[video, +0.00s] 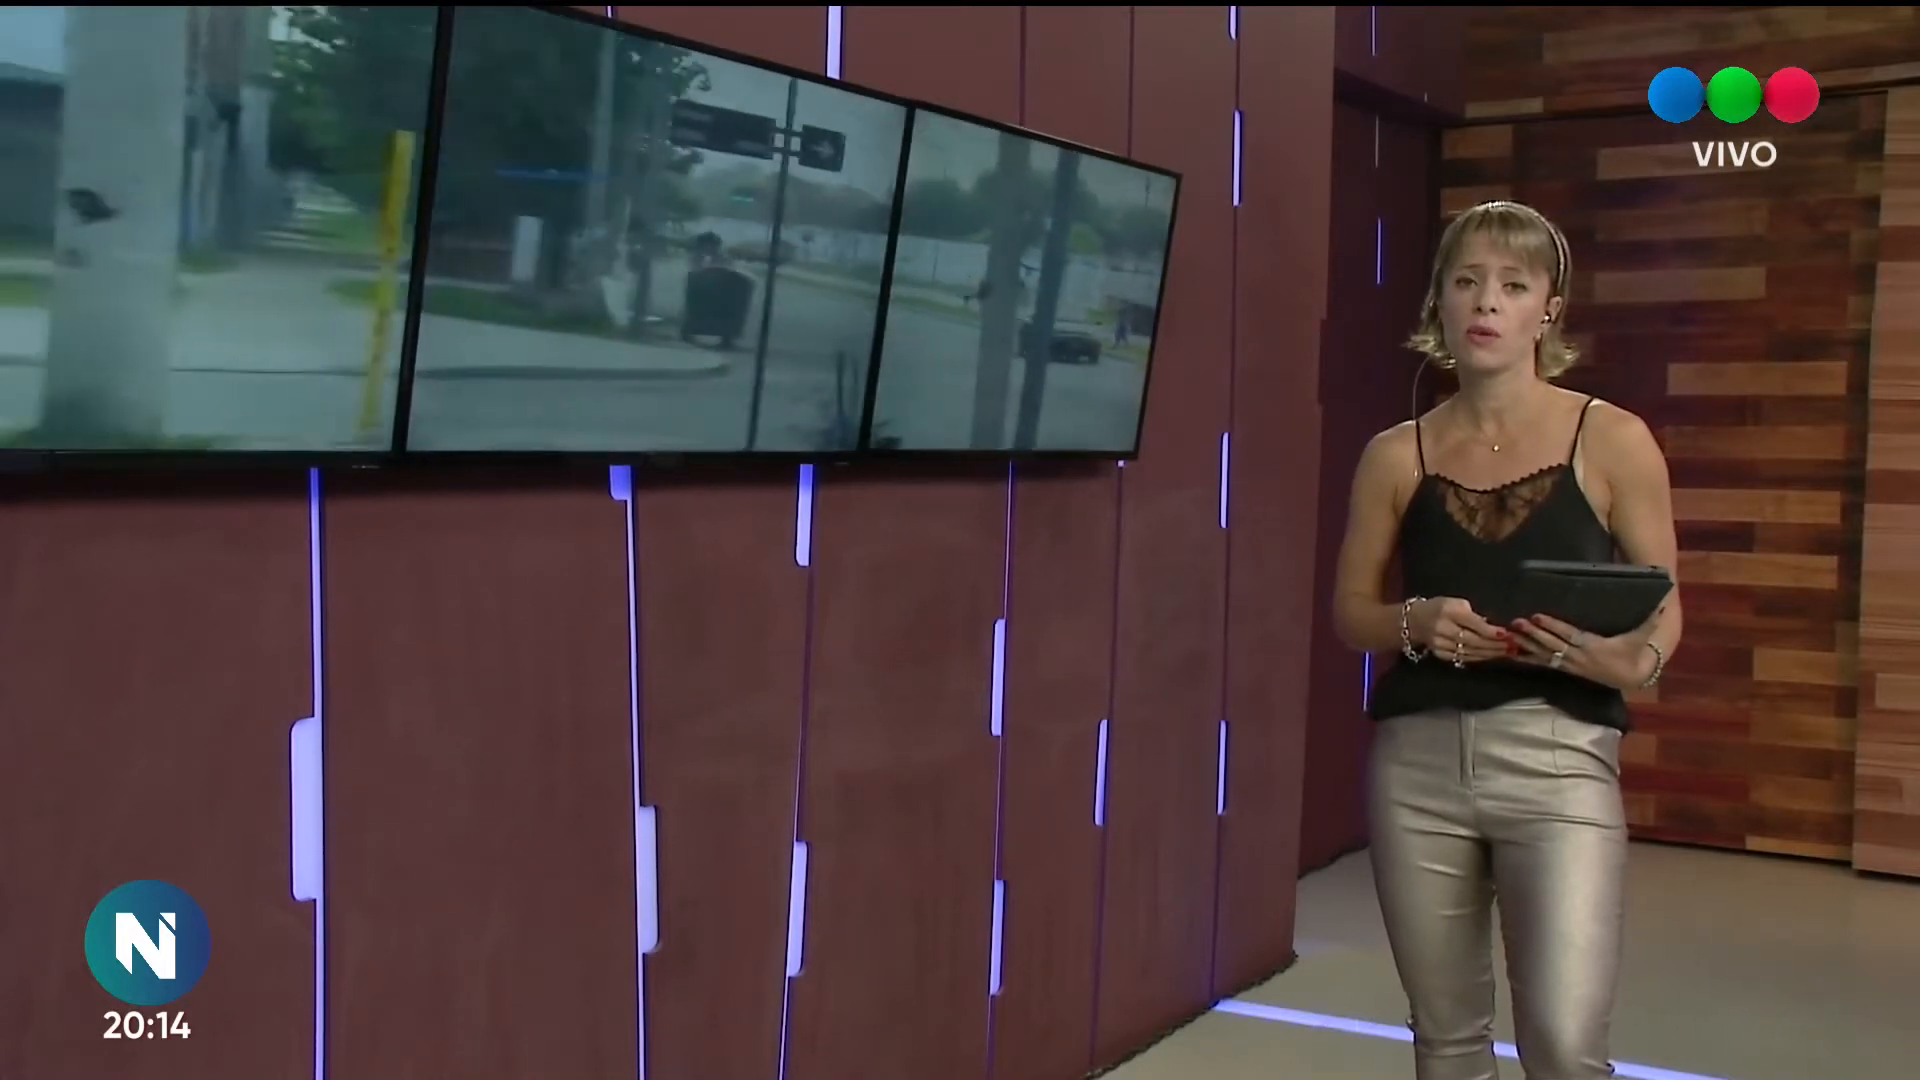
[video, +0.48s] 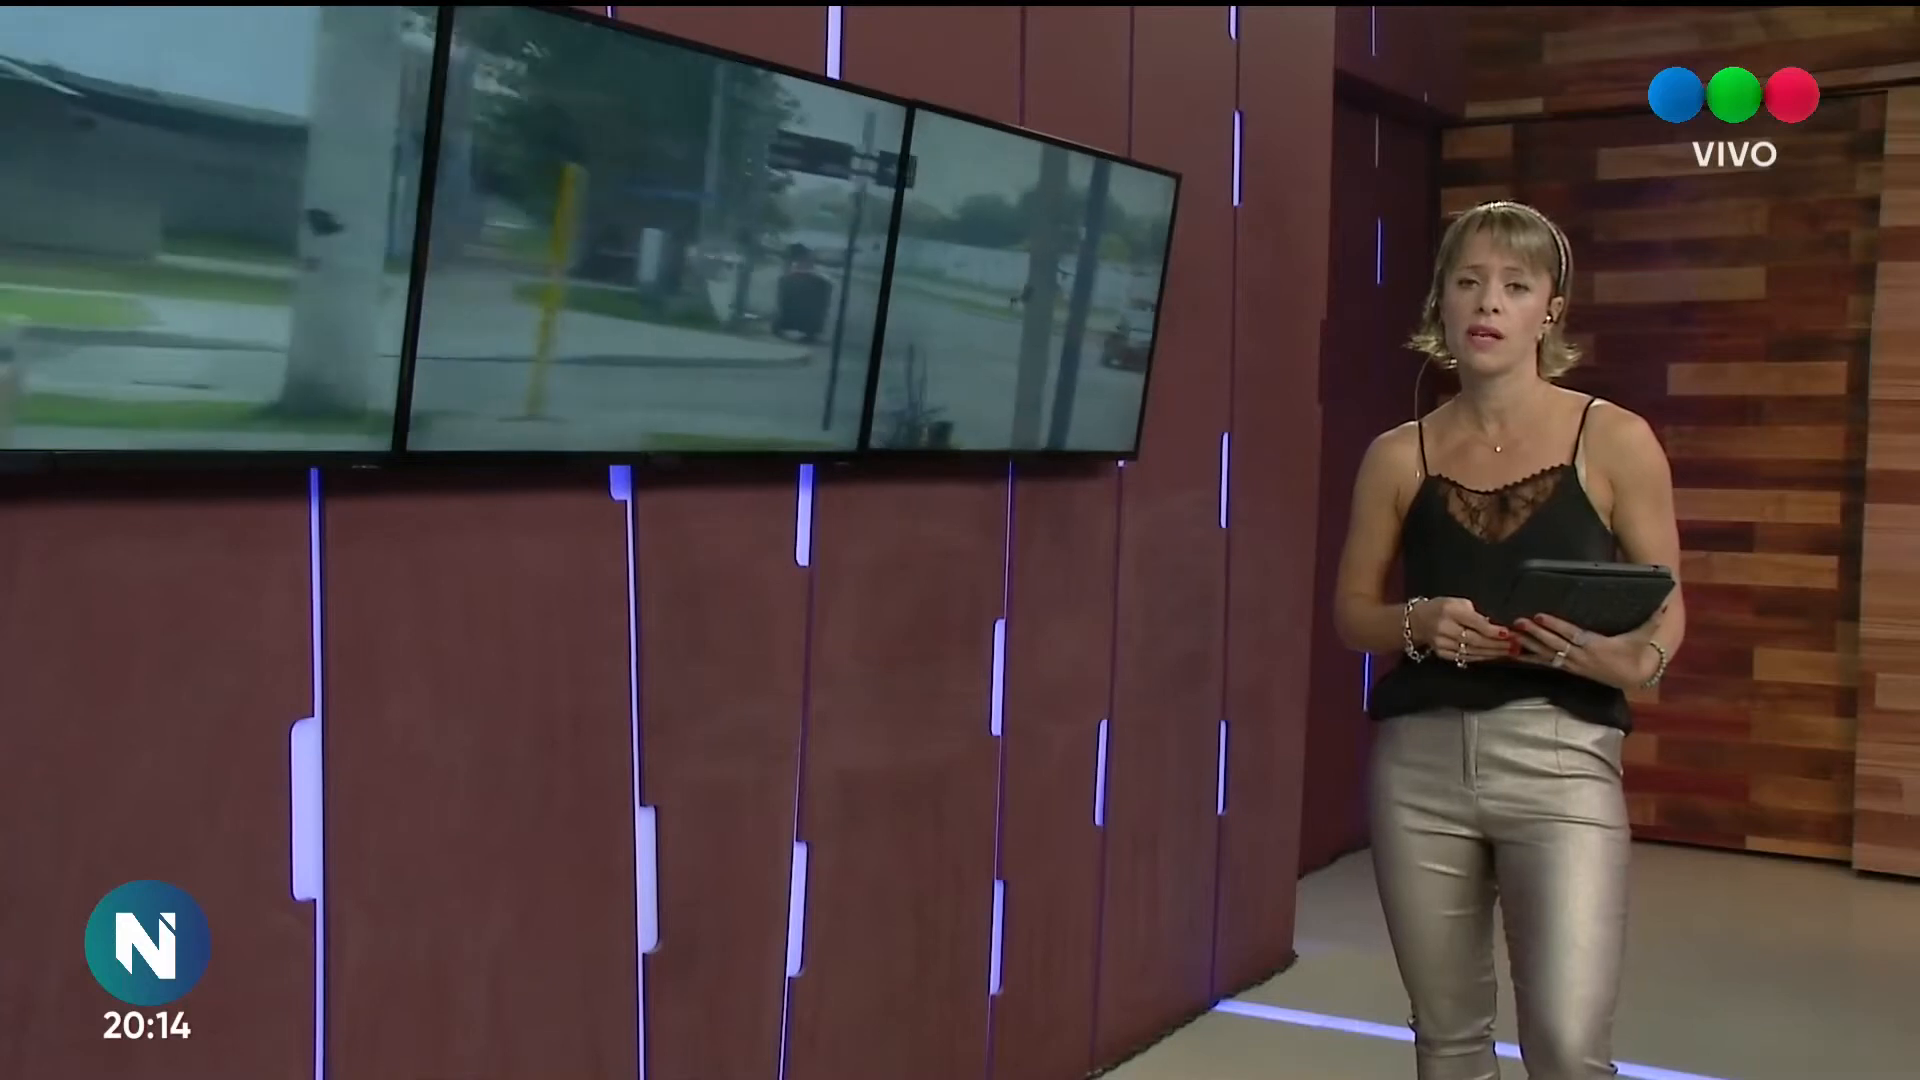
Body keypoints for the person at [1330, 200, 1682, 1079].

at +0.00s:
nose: (1484, 301)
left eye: (1510, 284)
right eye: (1465, 281)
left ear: (1548, 310)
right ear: (1439, 302)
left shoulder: (1614, 442)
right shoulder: (1395, 456)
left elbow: (1662, 605)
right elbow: (1351, 613)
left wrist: (1629, 664)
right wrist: (1414, 621)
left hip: (1559, 767)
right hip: (1416, 769)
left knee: (1563, 1050)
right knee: (1446, 1042)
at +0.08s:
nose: (1483, 300)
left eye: (1509, 283)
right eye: (1465, 280)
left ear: (1547, 310)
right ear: (1439, 302)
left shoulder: (1614, 442)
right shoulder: (1395, 457)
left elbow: (1662, 604)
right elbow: (1351, 612)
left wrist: (1628, 664)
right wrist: (1414, 621)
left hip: (1559, 768)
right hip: (1416, 769)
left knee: (1564, 1051)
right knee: (1446, 1043)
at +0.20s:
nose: (1483, 300)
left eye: (1510, 283)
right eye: (1465, 280)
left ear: (1548, 310)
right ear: (1439, 303)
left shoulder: (1614, 442)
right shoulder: (1396, 457)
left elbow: (1662, 603)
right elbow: (1350, 613)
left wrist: (1629, 663)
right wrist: (1414, 622)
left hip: (1560, 768)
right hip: (1416, 770)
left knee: (1564, 1051)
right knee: (1446, 1044)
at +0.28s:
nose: (1484, 301)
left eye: (1510, 284)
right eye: (1466, 280)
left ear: (1548, 310)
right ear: (1440, 303)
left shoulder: (1614, 442)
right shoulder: (1396, 457)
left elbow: (1663, 603)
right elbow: (1351, 613)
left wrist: (1631, 663)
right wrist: (1414, 622)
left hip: (1560, 768)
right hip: (1416, 770)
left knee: (1565, 1051)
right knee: (1446, 1044)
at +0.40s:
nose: (1484, 301)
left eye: (1511, 284)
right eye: (1466, 280)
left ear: (1549, 311)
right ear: (1441, 303)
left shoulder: (1615, 442)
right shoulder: (1396, 457)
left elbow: (1663, 603)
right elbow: (1352, 614)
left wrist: (1631, 663)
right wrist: (1415, 622)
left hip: (1561, 767)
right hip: (1417, 770)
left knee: (1565, 1052)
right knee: (1446, 1045)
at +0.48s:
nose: (1485, 301)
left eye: (1512, 284)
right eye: (1467, 281)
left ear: (1550, 311)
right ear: (1441, 304)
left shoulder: (1616, 442)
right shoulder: (1397, 457)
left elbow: (1664, 604)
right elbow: (1352, 614)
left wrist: (1632, 664)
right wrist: (1416, 622)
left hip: (1561, 767)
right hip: (1418, 770)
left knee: (1567, 1051)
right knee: (1446, 1044)